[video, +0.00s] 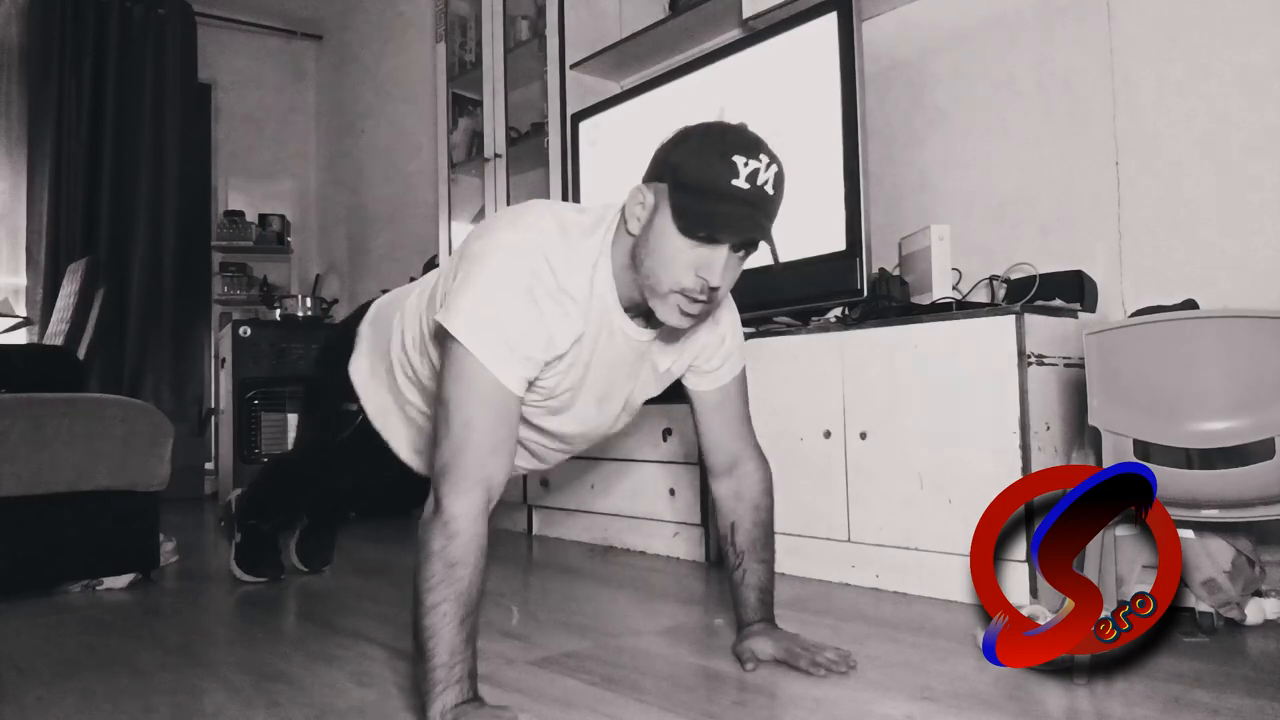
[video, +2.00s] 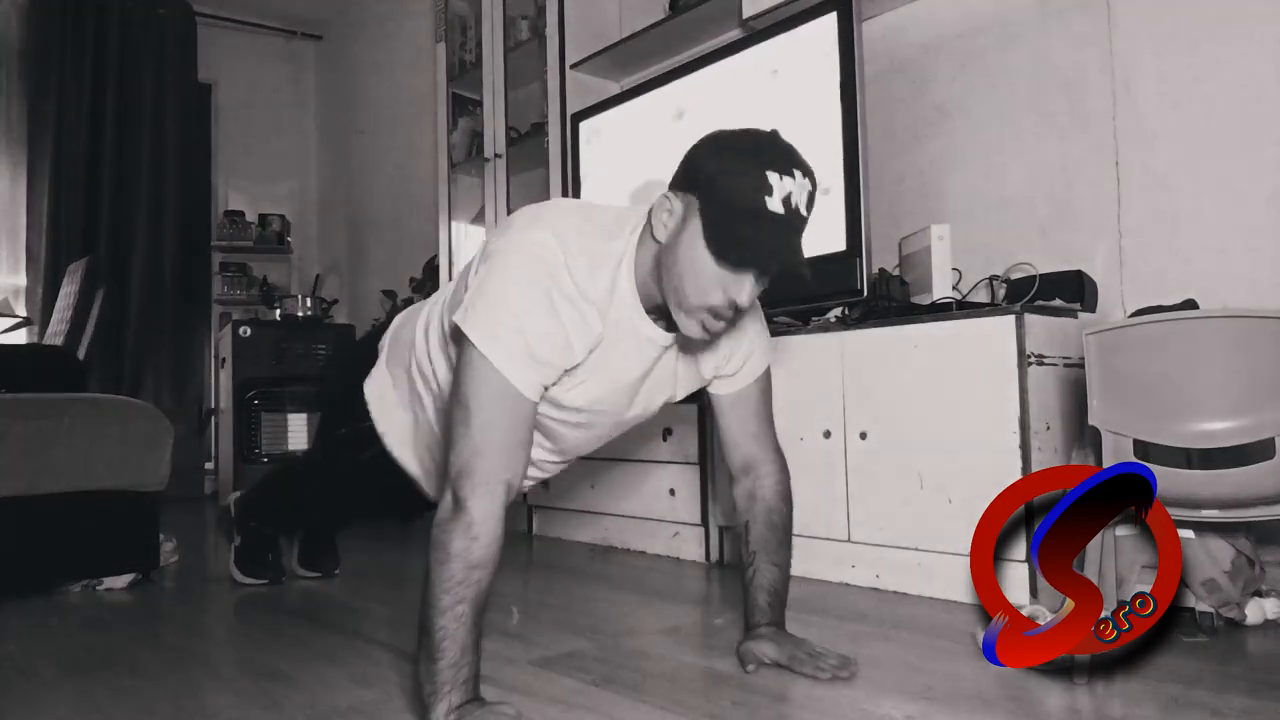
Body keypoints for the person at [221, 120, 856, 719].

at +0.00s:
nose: (713, 276)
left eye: (738, 251)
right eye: (699, 235)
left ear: (750, 250)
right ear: (644, 208)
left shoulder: (708, 316)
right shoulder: (518, 262)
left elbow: (736, 470)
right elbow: (462, 503)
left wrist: (758, 624)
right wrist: (451, 701)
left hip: (464, 450)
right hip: (378, 387)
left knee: (368, 498)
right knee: (315, 473)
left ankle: (318, 520)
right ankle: (256, 517)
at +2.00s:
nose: (739, 304)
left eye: (759, 283)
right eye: (731, 271)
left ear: (775, 270)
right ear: (674, 216)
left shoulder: (730, 317)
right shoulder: (543, 256)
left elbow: (758, 474)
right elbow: (473, 501)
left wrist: (766, 628)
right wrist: (450, 702)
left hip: (486, 463)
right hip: (400, 410)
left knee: (377, 499)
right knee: (322, 487)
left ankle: (317, 526)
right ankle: (254, 518)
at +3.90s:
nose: (753, 353)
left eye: (765, 335)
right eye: (745, 324)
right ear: (686, 264)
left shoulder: (724, 329)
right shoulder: (546, 276)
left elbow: (749, 468)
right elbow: (449, 502)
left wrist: (766, 627)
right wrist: (449, 697)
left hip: (485, 451)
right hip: (402, 411)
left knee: (368, 492)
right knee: (319, 483)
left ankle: (314, 524)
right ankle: (251, 522)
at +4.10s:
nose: (776, 534)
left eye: (795, 520)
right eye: (775, 510)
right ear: (742, 445)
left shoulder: (780, 409)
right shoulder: (585, 401)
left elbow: (776, 513)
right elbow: (396, 528)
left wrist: (765, 625)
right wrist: (446, 702)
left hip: (523, 483)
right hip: (432, 438)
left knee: (358, 509)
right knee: (324, 494)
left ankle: (303, 543)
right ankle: (255, 521)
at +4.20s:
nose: (809, 624)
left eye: (830, 608)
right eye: (807, 599)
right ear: (757, 531)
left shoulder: (800, 482)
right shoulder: (615, 467)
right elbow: (394, 528)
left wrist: (771, 637)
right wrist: (444, 702)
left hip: (528, 485)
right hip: (430, 469)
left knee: (354, 532)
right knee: (321, 519)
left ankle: (277, 533)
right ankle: (254, 521)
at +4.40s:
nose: (842, 698)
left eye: (863, 680)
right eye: (840, 670)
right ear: (781, 595)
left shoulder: (825, 520)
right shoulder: (629, 533)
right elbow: (402, 533)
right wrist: (444, 702)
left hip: (550, 498)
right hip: (450, 540)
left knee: (388, 509)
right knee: (345, 538)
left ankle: (318, 496)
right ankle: (273, 517)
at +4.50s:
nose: (832, 654)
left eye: (851, 635)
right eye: (832, 627)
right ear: (776, 555)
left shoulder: (811, 506)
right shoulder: (626, 505)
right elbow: (395, 533)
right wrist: (446, 702)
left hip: (546, 489)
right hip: (446, 514)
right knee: (324, 532)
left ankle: (286, 524)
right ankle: (263, 529)